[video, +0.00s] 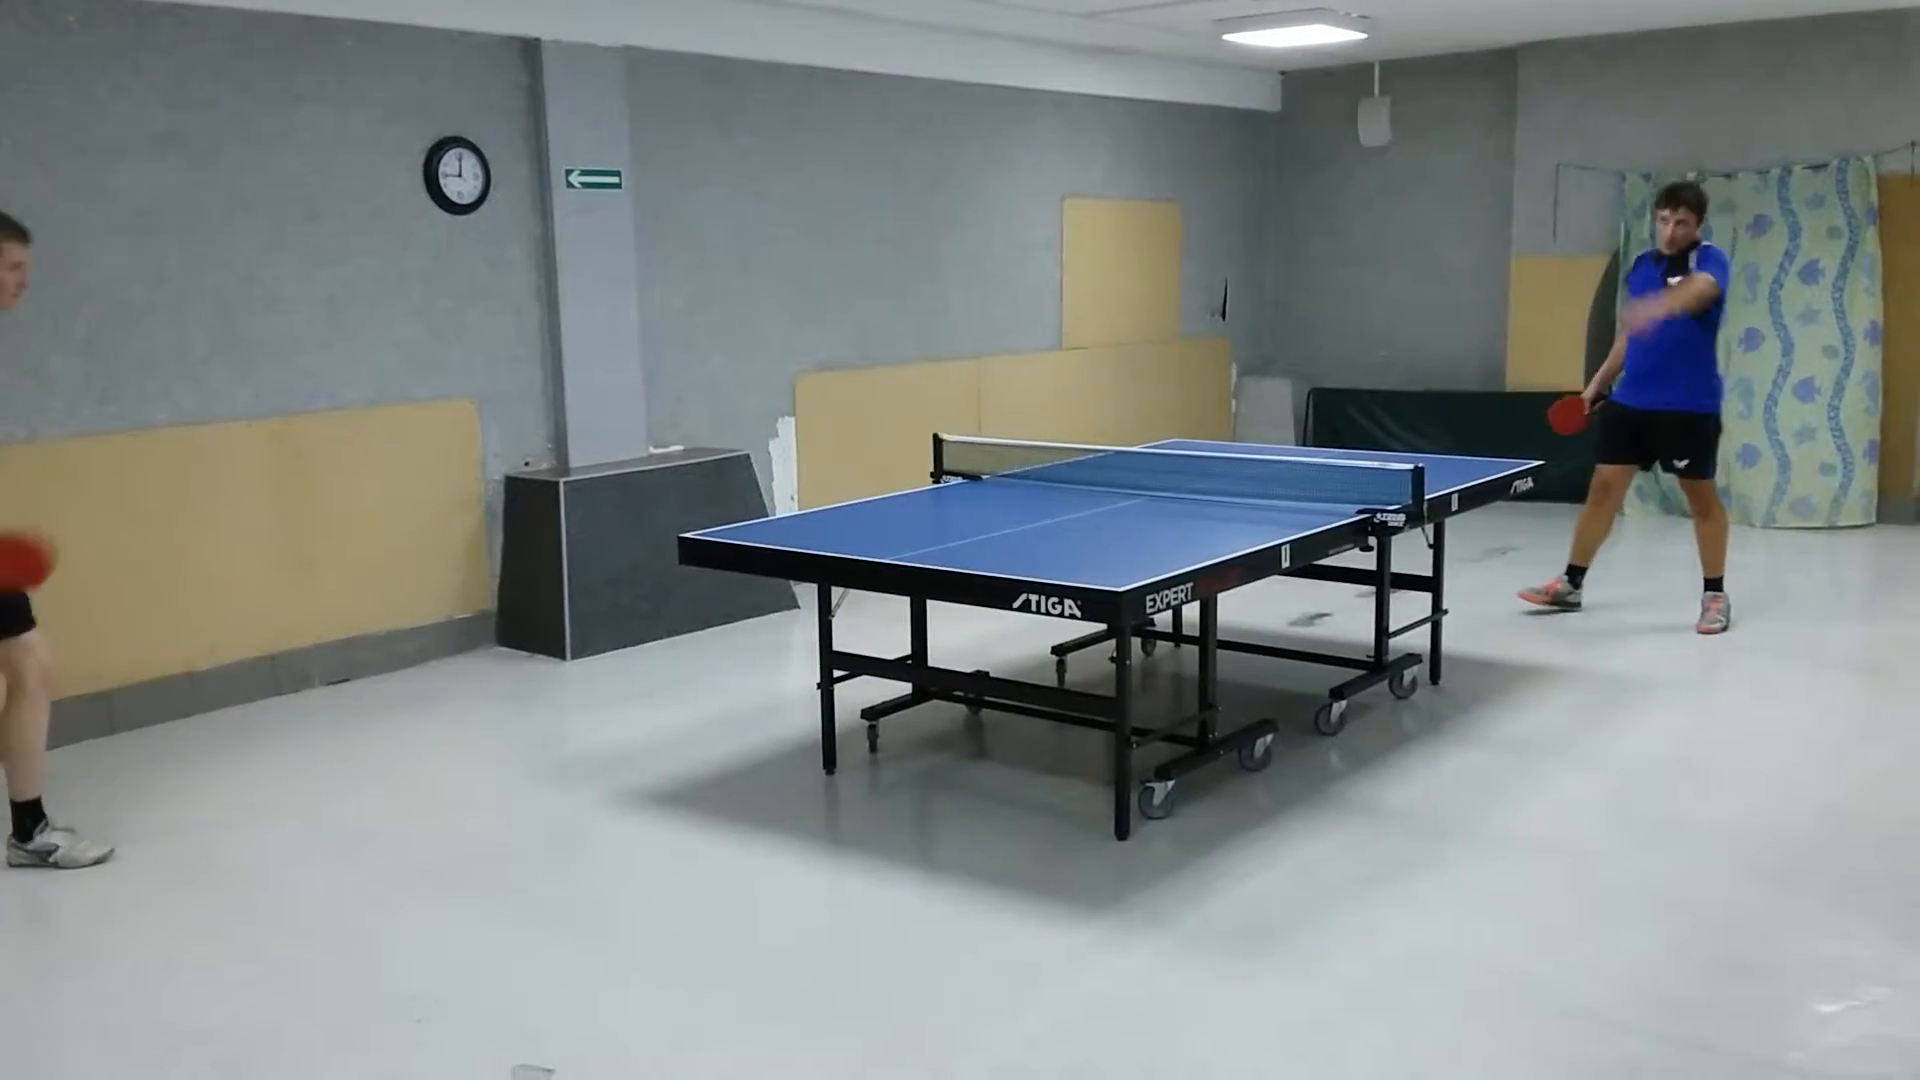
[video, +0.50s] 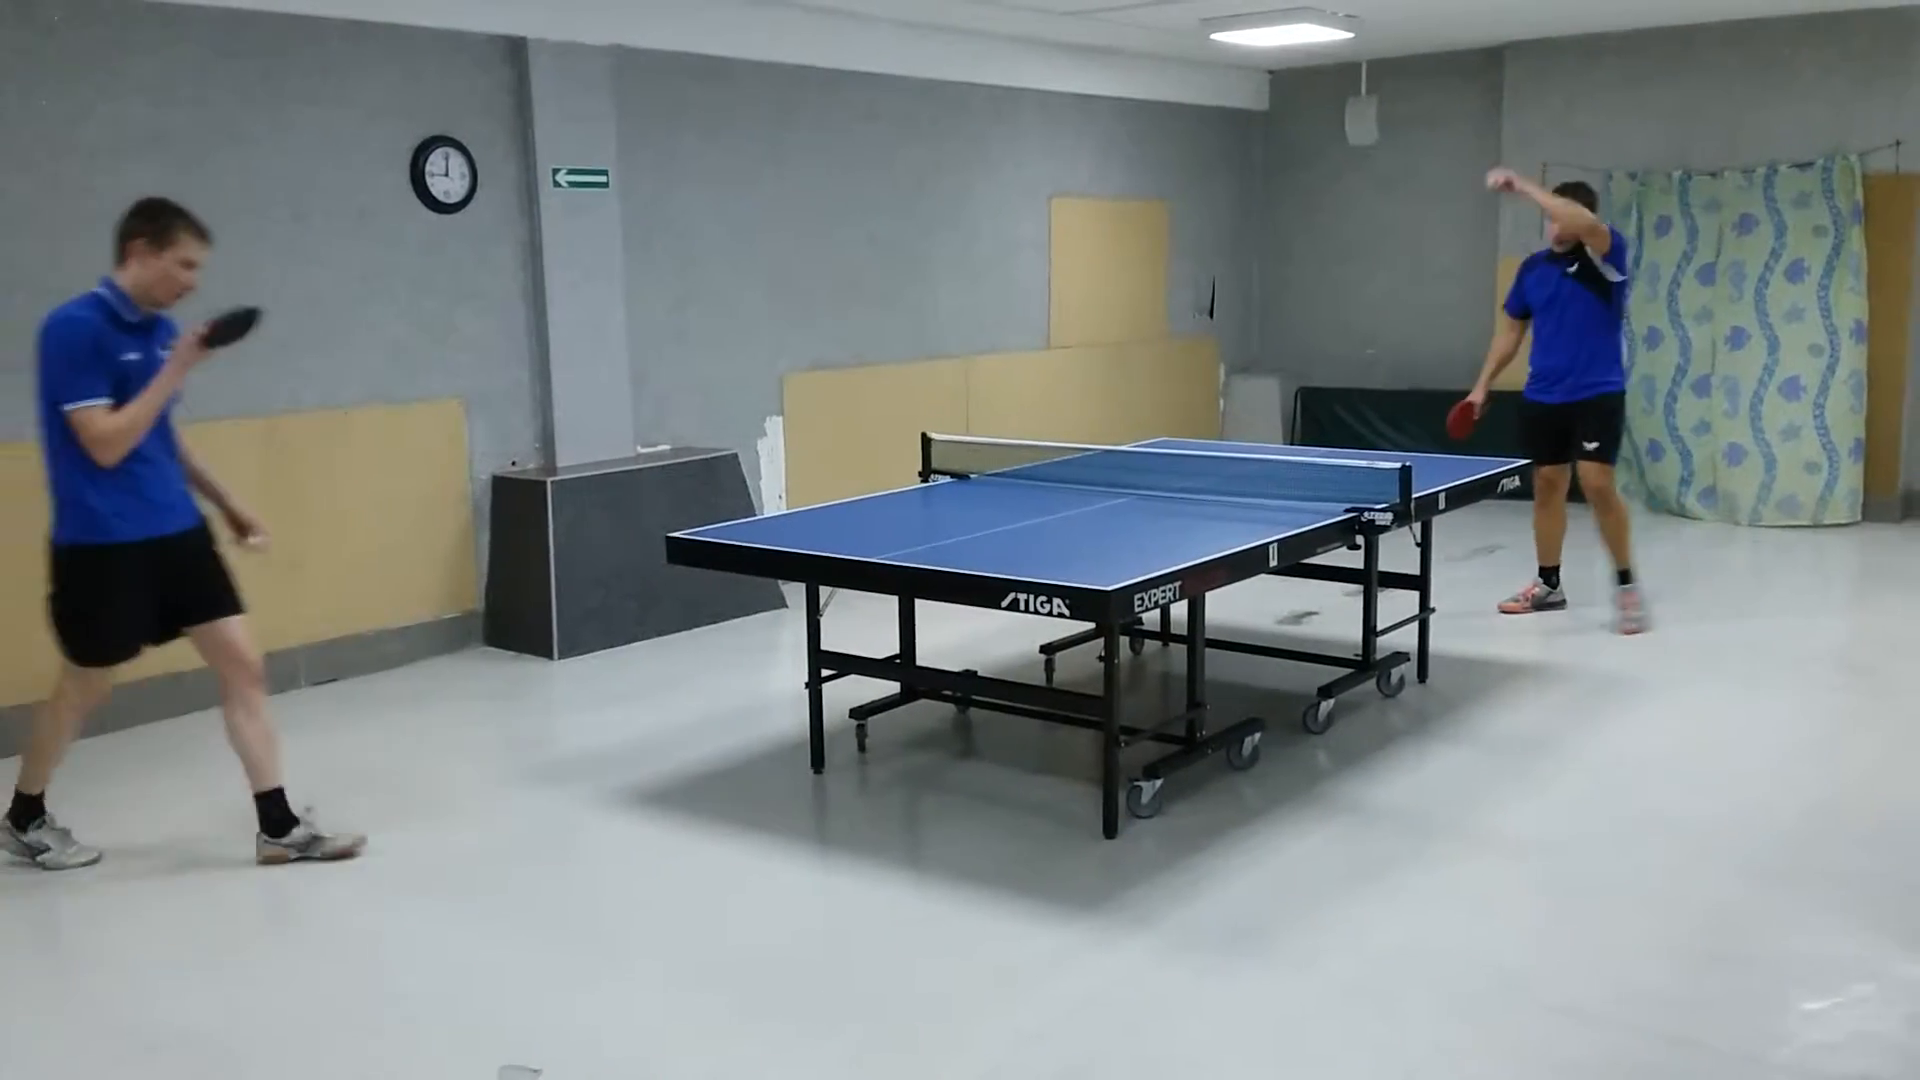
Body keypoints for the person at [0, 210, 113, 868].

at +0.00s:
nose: (20, 281)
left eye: (23, 269)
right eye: (11, 268)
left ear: (22, 272)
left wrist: (10, 549)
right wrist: (9, 552)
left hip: (9, 566)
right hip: (8, 569)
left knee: (27, 666)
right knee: (29, 665)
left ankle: (28, 825)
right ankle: (28, 827)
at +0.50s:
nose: (191, 283)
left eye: (196, 270)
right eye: (184, 266)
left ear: (158, 260)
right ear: (137, 252)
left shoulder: (160, 333)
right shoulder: (71, 329)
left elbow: (162, 442)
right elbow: (103, 444)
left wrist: (225, 503)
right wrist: (179, 366)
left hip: (177, 536)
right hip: (100, 548)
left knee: (242, 667)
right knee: (84, 687)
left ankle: (278, 824)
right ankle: (23, 816)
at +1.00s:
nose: (383, 247)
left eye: (381, 234)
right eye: (373, 231)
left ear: (333, 236)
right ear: (335, 233)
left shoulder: (323, 305)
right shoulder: (311, 304)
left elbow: (343, 417)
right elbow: (282, 423)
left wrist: (440, 413)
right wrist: (375, 468)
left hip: (305, 527)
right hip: (320, 529)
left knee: (324, 669)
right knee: (414, 675)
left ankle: (276, 826)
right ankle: (453, 861)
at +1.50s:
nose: (488, 223)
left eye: (484, 208)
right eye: (481, 209)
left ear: (413, 215)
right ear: (456, 214)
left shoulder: (349, 297)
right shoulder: (472, 303)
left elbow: (305, 408)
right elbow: (510, 433)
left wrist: (363, 472)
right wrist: (578, 407)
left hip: (380, 543)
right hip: (467, 537)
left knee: (411, 698)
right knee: (498, 693)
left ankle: (383, 896)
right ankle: (475, 874)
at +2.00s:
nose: (553, 248)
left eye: (548, 234)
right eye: (549, 235)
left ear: (478, 244)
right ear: (532, 240)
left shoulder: (420, 325)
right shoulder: (555, 337)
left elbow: (362, 436)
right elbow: (575, 479)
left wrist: (424, 501)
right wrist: (619, 482)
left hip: (446, 579)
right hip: (538, 579)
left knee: (438, 732)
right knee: (618, 733)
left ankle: (389, 923)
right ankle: (624, 938)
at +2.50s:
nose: (669, 318)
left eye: (666, 304)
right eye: (667, 305)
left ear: (596, 303)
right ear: (650, 311)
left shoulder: (526, 348)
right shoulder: (628, 407)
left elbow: (442, 429)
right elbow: (627, 556)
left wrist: (497, 495)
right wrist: (702, 560)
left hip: (456, 582)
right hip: (534, 600)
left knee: (478, 696)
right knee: (641, 742)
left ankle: (435, 846)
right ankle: (623, 942)